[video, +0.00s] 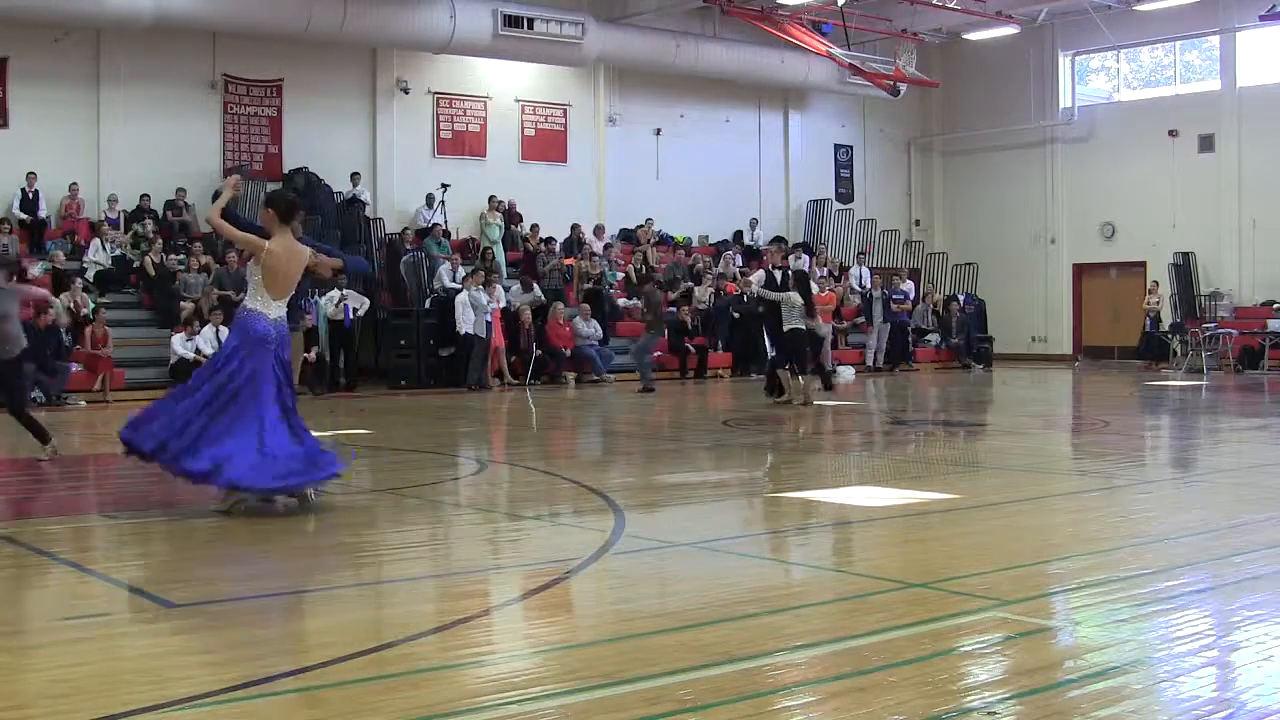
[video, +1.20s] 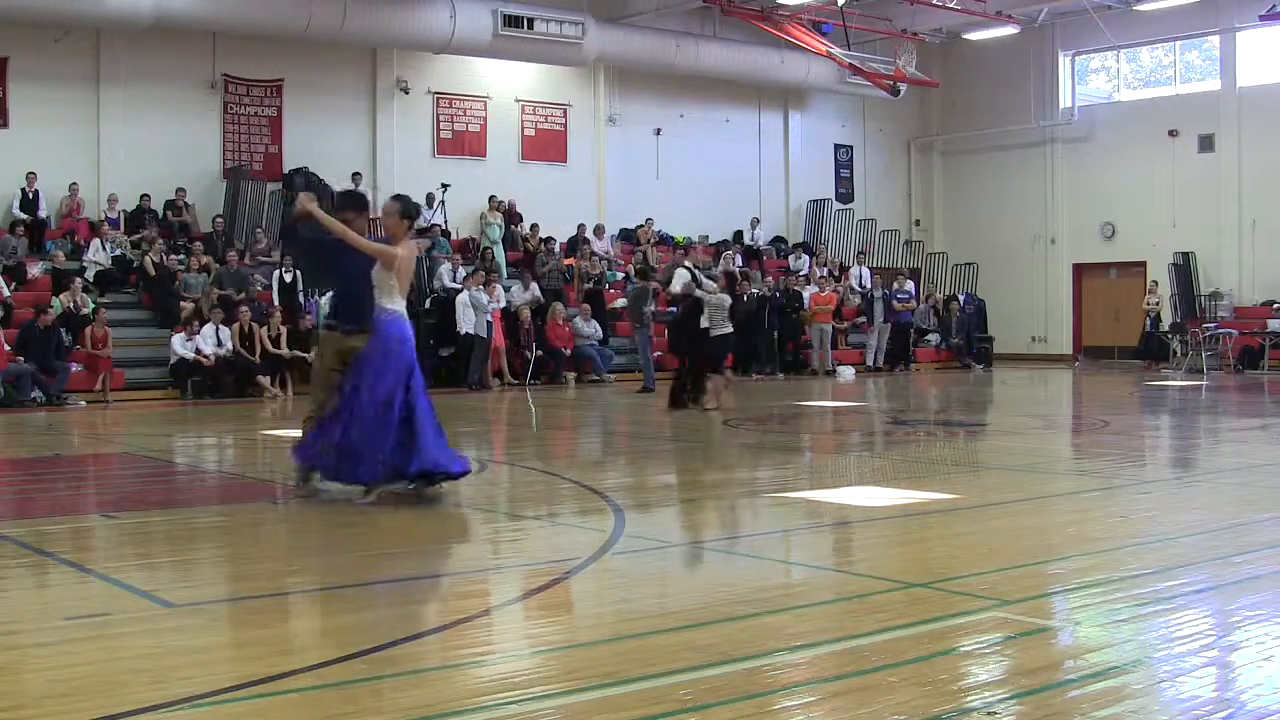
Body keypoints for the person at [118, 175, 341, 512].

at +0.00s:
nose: (261, 214)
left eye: (264, 210)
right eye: (263, 210)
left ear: (272, 214)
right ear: (292, 217)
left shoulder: (264, 247)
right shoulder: (304, 253)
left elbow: (214, 219)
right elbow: (328, 268)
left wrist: (228, 192)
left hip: (252, 325)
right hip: (278, 329)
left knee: (248, 402)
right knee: (270, 402)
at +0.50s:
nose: (287, 217)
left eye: (289, 211)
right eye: (289, 211)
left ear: (300, 212)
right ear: (319, 211)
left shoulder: (298, 244)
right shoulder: (340, 246)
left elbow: (258, 216)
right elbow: (365, 258)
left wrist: (248, 189)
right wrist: (357, 258)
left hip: (298, 328)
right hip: (326, 329)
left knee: (277, 395)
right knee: (321, 401)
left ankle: (252, 462)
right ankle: (318, 478)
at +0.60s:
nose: (292, 219)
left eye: (295, 213)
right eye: (293, 213)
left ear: (310, 216)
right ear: (321, 214)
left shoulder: (306, 248)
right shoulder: (347, 250)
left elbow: (268, 222)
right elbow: (372, 260)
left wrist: (252, 194)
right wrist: (360, 260)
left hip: (306, 329)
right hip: (334, 331)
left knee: (292, 399)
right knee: (330, 400)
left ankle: (267, 467)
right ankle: (333, 473)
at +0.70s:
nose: (307, 219)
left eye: (310, 213)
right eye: (308, 213)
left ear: (322, 215)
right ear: (335, 216)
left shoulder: (316, 251)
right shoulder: (352, 250)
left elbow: (283, 231)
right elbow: (371, 256)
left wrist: (261, 203)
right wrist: (373, 256)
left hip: (318, 331)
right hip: (344, 331)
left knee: (311, 400)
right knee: (342, 401)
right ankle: (361, 469)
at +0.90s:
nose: (334, 217)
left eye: (338, 212)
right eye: (336, 211)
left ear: (351, 216)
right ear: (362, 217)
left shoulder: (345, 248)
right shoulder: (376, 247)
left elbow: (303, 234)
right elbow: (383, 250)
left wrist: (268, 210)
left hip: (348, 328)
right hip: (369, 327)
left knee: (334, 400)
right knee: (362, 400)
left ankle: (332, 473)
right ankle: (370, 468)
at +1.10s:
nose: (363, 217)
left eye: (369, 213)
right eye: (364, 212)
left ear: (386, 219)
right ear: (387, 220)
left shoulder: (377, 250)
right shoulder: (396, 246)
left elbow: (331, 232)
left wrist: (298, 208)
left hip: (373, 328)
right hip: (388, 327)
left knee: (347, 392)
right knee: (389, 397)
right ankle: (406, 466)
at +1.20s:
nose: (381, 221)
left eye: (386, 216)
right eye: (382, 215)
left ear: (403, 221)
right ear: (404, 222)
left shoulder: (393, 254)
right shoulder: (411, 249)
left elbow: (349, 236)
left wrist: (315, 210)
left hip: (388, 331)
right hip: (401, 329)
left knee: (369, 397)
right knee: (407, 397)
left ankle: (371, 471)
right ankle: (426, 467)